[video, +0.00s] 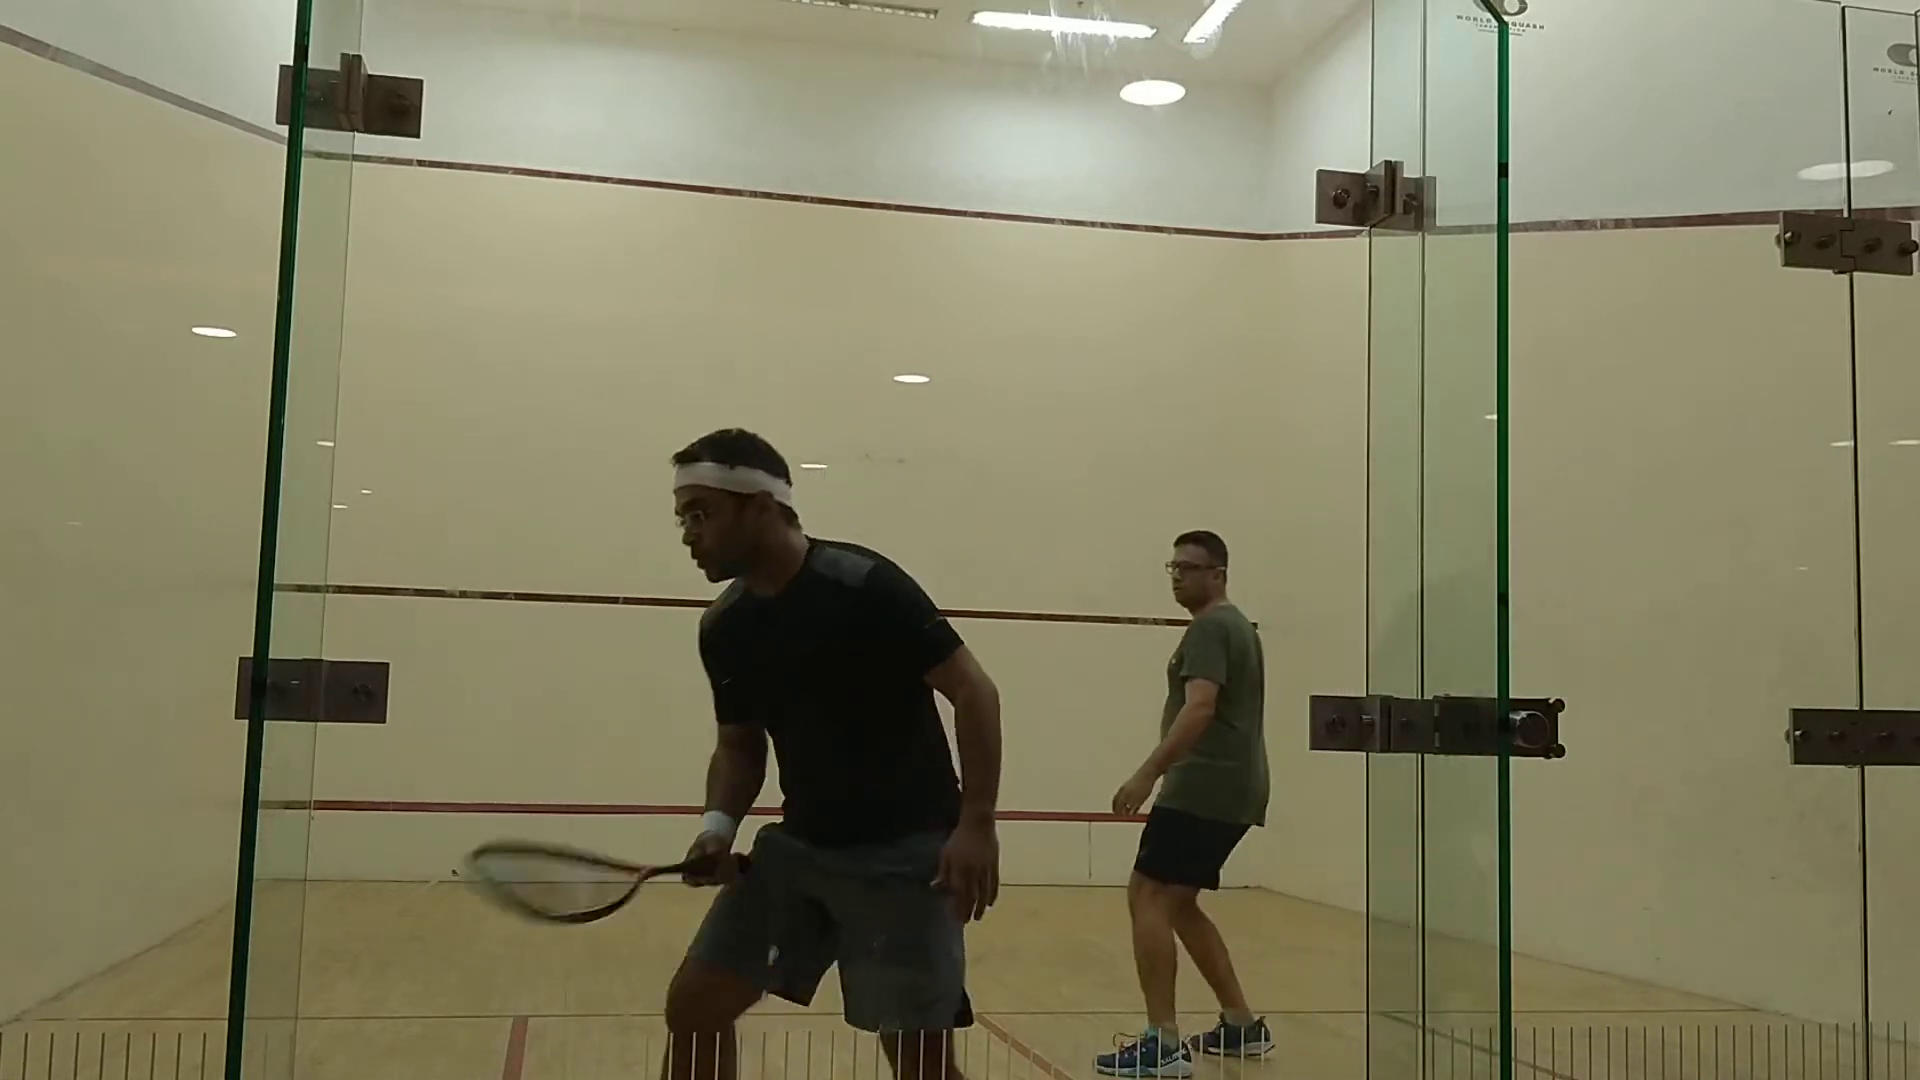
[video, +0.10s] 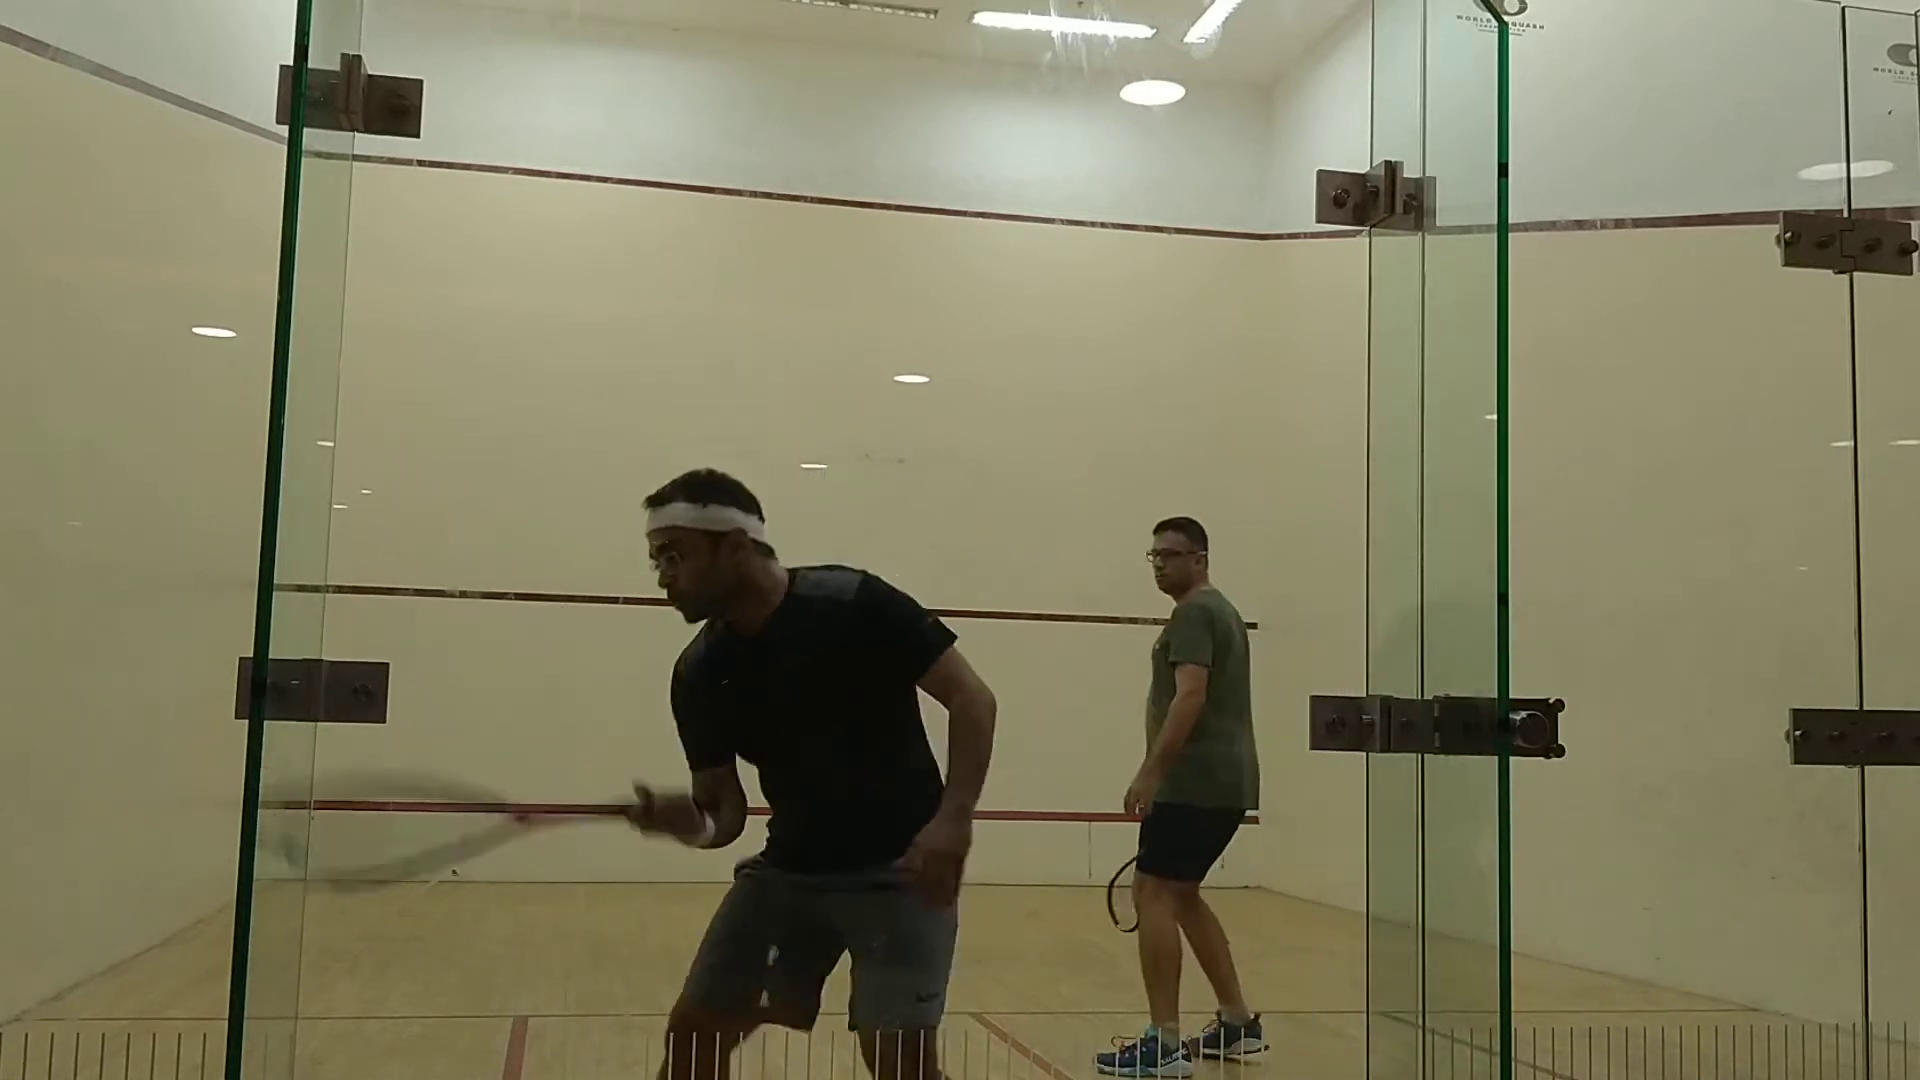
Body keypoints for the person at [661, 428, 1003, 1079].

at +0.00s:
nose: (687, 535)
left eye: (699, 514)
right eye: (683, 518)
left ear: (759, 506)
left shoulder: (868, 585)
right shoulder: (725, 628)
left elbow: (975, 695)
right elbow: (740, 743)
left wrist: (977, 825)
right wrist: (716, 830)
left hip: (906, 858)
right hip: (802, 851)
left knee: (921, 1058)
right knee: (695, 1009)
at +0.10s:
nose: (661, 577)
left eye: (673, 556)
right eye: (656, 561)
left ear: (734, 544)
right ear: (729, 547)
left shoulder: (857, 604)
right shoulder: (699, 677)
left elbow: (975, 702)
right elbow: (723, 812)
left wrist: (954, 817)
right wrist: (688, 822)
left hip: (904, 858)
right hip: (793, 864)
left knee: (898, 1054)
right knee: (694, 1034)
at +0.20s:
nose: (657, 634)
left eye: (663, 611)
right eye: (650, 616)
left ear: (721, 595)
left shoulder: (855, 623)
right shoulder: (702, 708)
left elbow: (970, 722)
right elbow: (747, 813)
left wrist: (929, 823)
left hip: (919, 866)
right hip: (812, 874)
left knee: (900, 1041)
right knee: (696, 1032)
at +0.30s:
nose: (691, 677)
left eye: (698, 653)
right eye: (681, 659)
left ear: (756, 628)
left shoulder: (879, 644)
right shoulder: (729, 717)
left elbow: (1004, 741)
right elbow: (770, 803)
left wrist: (977, 862)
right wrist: (845, 697)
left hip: (947, 884)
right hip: (837, 897)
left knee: (936, 1051)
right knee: (708, 1041)